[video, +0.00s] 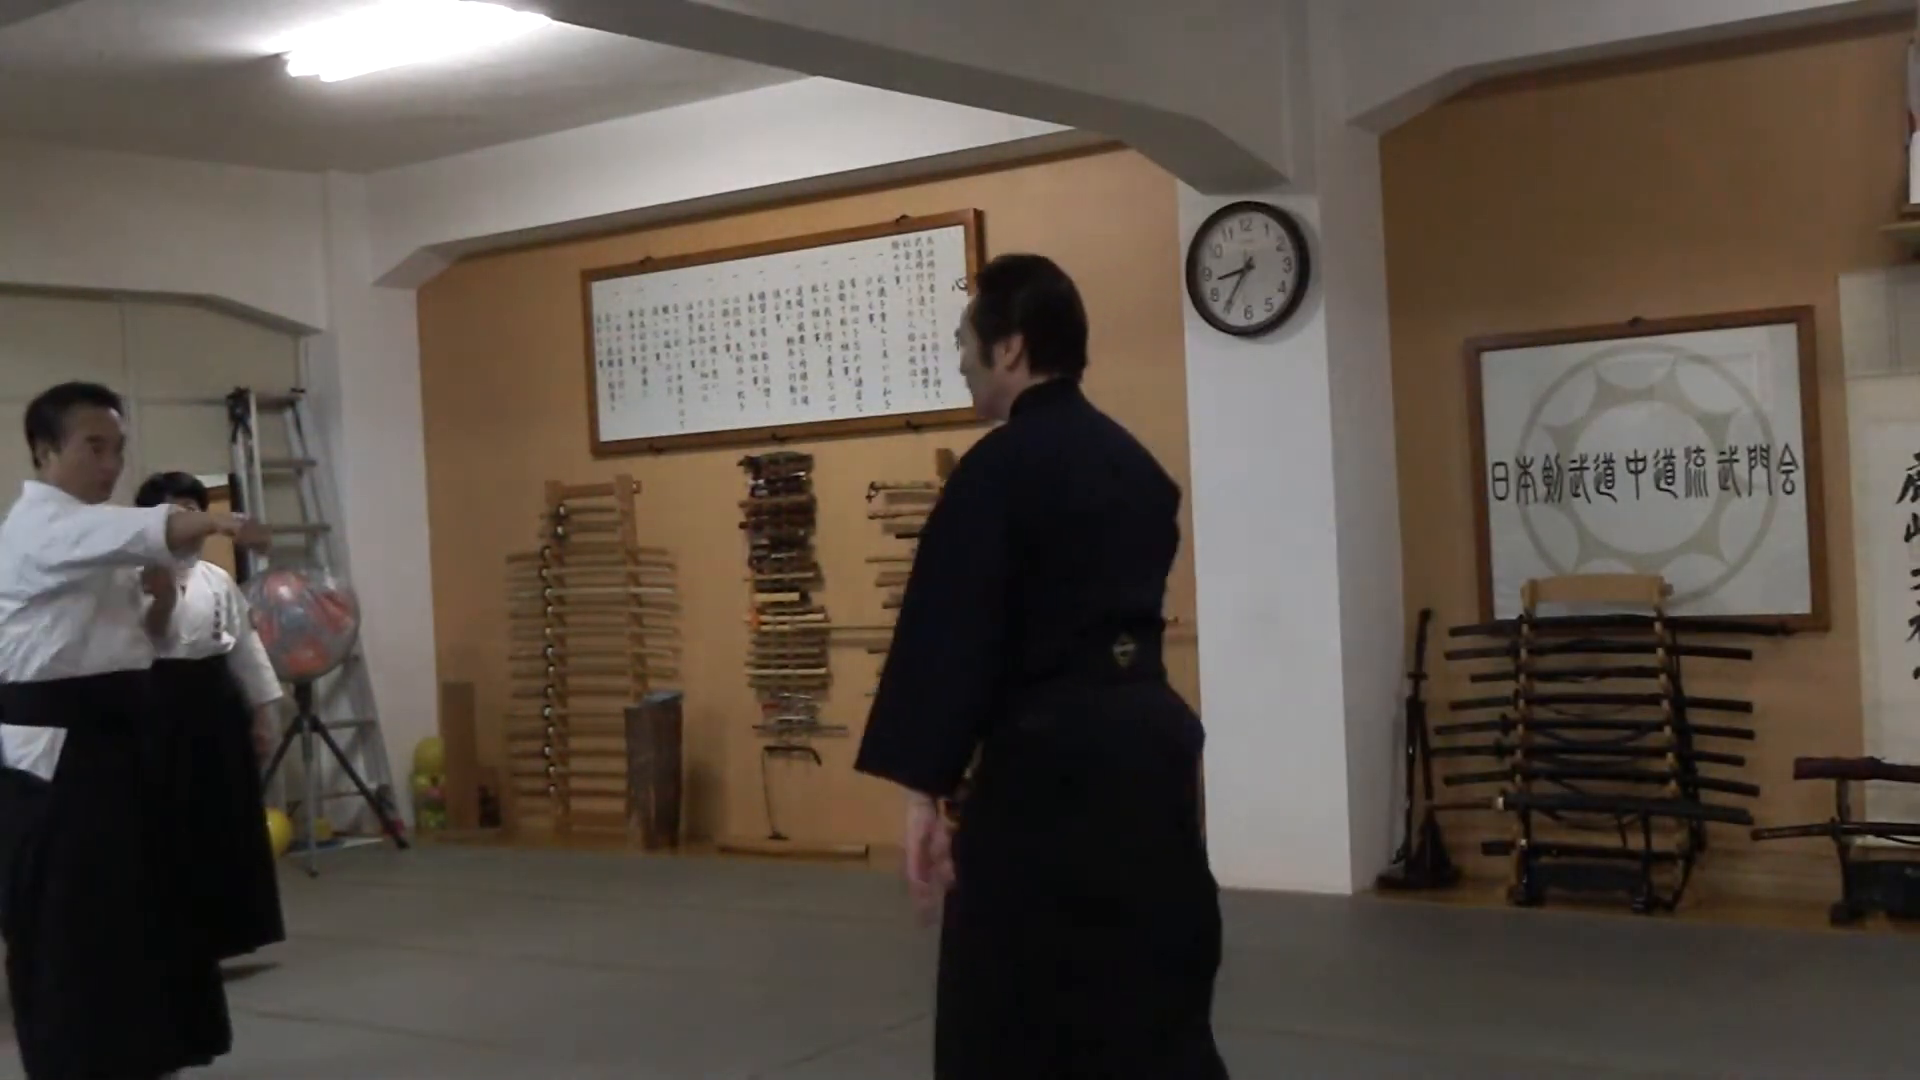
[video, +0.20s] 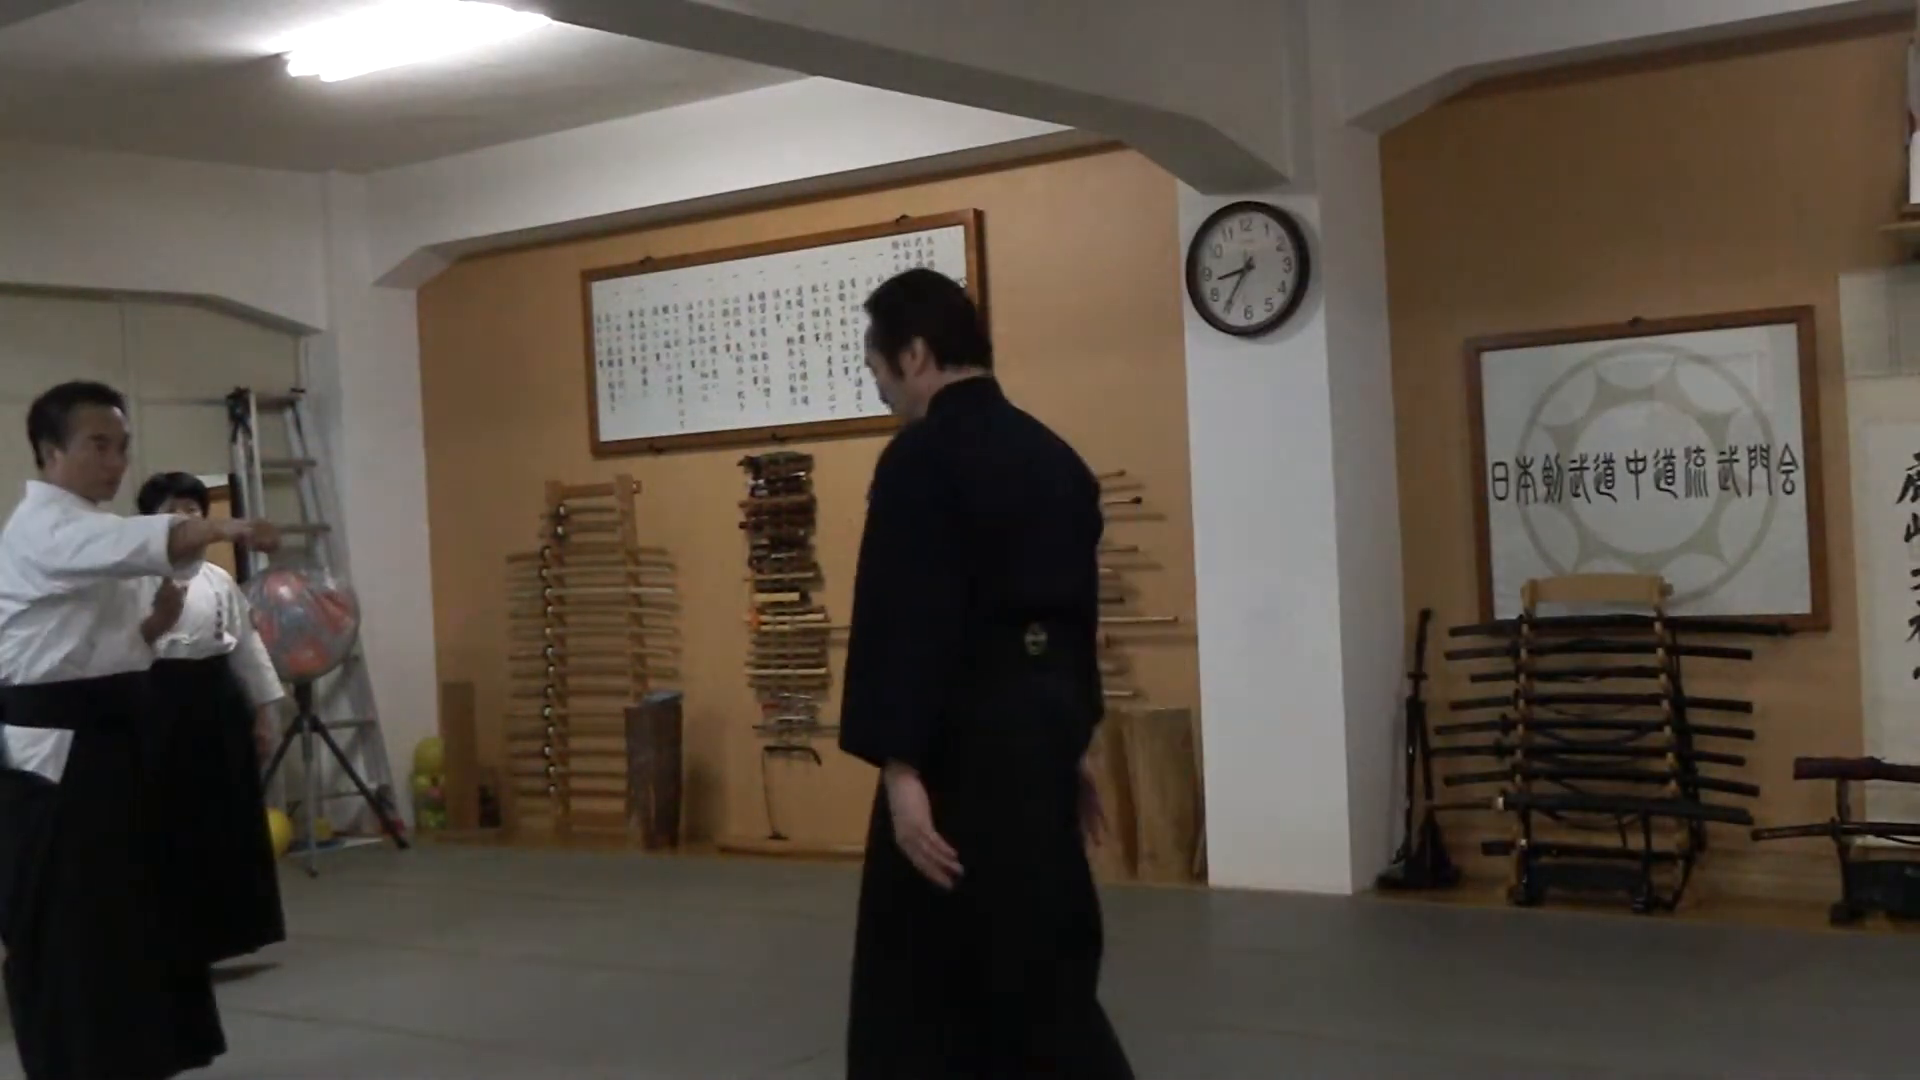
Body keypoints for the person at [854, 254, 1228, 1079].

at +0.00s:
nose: (961, 361)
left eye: (968, 341)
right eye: (962, 342)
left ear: (1013, 351)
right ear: (1059, 351)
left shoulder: (996, 469)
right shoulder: (1135, 465)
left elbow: (952, 633)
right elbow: (1113, 641)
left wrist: (926, 791)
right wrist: (968, 786)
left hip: (1034, 774)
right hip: (1148, 763)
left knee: (1012, 1001)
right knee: (1149, 995)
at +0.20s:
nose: (881, 387)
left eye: (881, 366)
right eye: (877, 370)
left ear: (917, 354)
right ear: (968, 348)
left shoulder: (919, 458)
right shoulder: (1058, 459)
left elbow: (900, 622)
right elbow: (1074, 626)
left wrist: (900, 772)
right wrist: (1078, 752)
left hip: (951, 756)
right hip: (1044, 752)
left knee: (921, 981)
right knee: (1048, 979)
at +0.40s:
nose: (827, 384)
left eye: (827, 363)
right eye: (822, 365)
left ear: (863, 351)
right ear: (921, 349)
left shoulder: (864, 452)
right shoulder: (995, 453)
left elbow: (818, 601)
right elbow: (1011, 605)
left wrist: (793, 749)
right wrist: (1004, 711)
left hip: (900, 733)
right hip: (989, 727)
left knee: (883, 946)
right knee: (978, 940)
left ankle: (886, 1068)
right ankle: (979, 1066)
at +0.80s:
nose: (756, 377)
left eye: (760, 358)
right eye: (755, 359)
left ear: (798, 358)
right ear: (846, 356)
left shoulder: (795, 464)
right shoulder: (901, 456)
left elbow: (742, 603)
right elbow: (898, 594)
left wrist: (686, 733)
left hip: (830, 725)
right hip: (905, 711)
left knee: (823, 932)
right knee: (899, 917)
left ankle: (831, 1066)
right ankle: (921, 1065)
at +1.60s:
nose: (655, 381)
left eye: (660, 363)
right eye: (655, 364)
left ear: (695, 362)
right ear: (745, 362)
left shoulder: (690, 466)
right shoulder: (799, 466)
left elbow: (649, 613)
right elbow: (769, 625)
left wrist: (622, 756)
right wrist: (665, 749)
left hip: (716, 745)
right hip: (799, 735)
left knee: (713, 949)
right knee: (803, 939)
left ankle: (716, 1070)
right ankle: (811, 1067)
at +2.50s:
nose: (668, 425)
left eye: (665, 405)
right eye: (663, 408)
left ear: (689, 391)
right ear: (750, 384)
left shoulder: (703, 487)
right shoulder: (821, 484)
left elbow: (665, 633)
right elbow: (822, 634)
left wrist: (651, 771)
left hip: (744, 740)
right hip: (836, 727)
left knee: (699, 938)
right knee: (824, 933)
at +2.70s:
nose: (756, 409)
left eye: (756, 387)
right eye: (751, 390)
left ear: (792, 373)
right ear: (826, 370)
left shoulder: (814, 475)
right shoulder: (899, 464)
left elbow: (790, 629)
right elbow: (903, 625)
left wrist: (780, 770)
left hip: (843, 756)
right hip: (915, 739)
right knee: (931, 952)